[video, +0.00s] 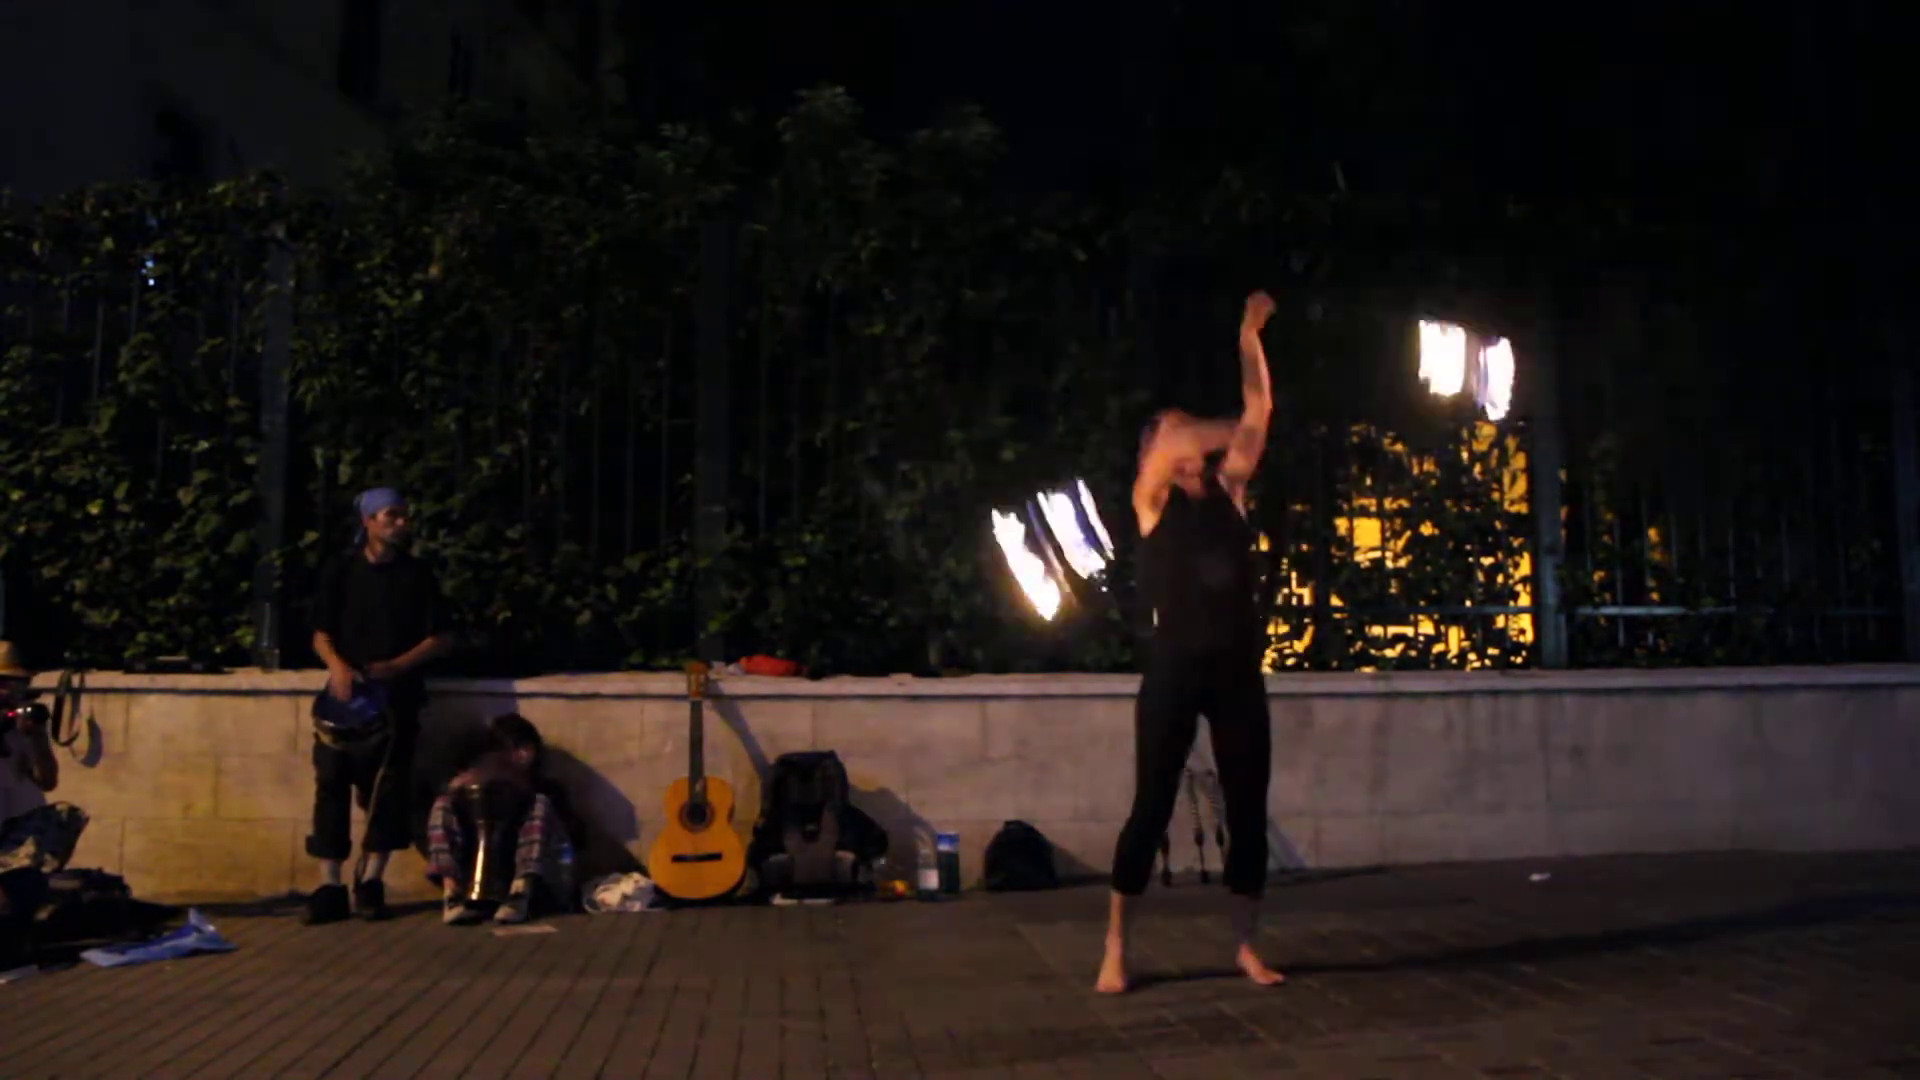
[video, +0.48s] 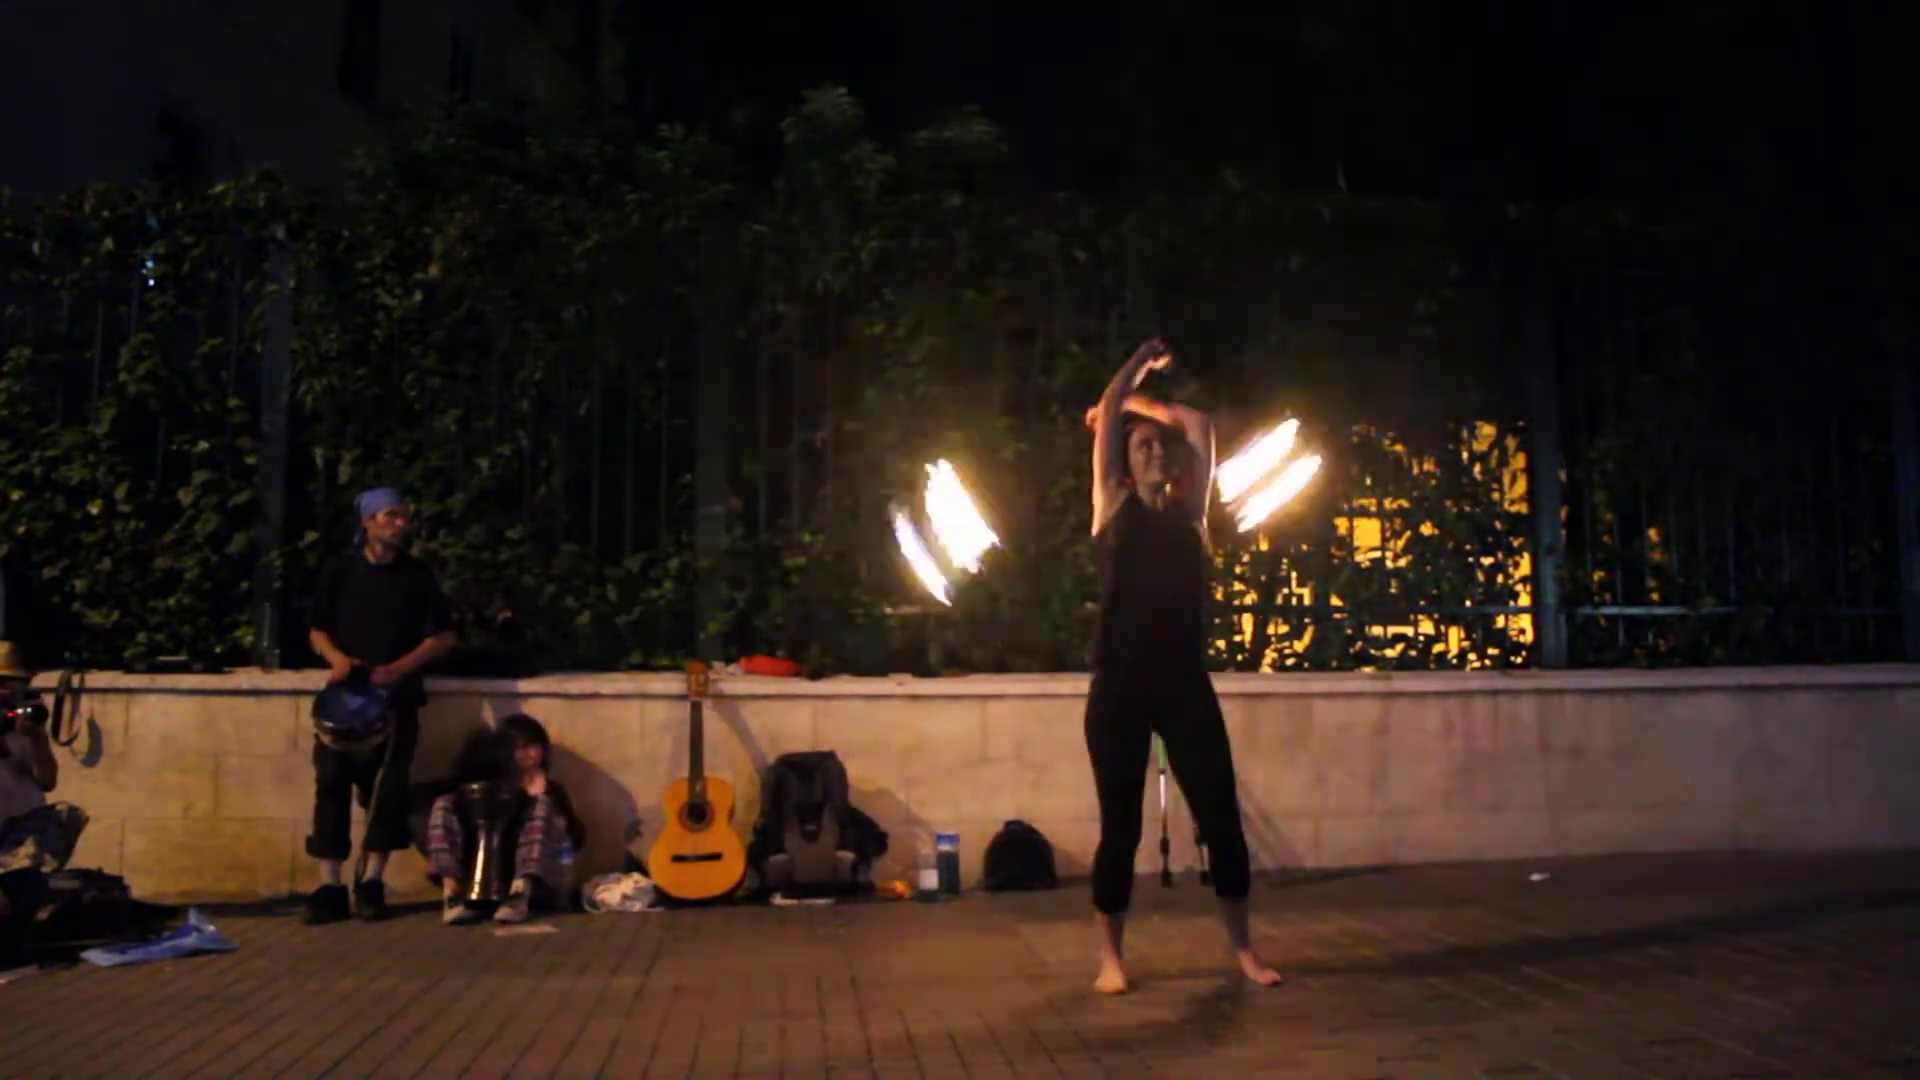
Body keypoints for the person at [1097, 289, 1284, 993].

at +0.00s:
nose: (1194, 441)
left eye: (1193, 433)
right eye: (1181, 434)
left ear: (1206, 445)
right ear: (1156, 447)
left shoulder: (1230, 487)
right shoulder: (1153, 501)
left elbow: (1259, 412)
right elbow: (1171, 442)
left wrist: (1248, 336)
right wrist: (1243, 429)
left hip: (1239, 669)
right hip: (1173, 670)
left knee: (1248, 811)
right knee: (1152, 808)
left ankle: (1246, 945)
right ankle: (1115, 946)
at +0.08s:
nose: (1175, 428)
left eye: (1182, 421)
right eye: (1163, 421)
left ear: (1198, 434)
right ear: (1148, 437)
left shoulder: (1221, 486)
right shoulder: (1143, 492)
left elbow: (1252, 402)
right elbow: (1143, 409)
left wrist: (1235, 324)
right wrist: (1206, 381)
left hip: (1223, 665)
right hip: (1158, 667)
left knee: (1244, 806)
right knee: (1142, 807)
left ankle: (1248, 941)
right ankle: (1109, 945)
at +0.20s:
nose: (1177, 442)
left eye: (1183, 436)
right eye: (1166, 436)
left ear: (1192, 450)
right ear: (1145, 450)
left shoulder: (1207, 499)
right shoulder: (1130, 494)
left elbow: (1236, 414)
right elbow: (1131, 399)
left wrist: (1207, 348)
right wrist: (1190, 342)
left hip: (1208, 671)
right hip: (1144, 671)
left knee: (1236, 808)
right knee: (1132, 811)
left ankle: (1249, 941)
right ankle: (1107, 948)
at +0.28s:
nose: (1163, 450)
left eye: (1170, 442)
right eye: (1150, 443)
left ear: (1184, 453)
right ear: (1134, 458)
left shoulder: (1200, 509)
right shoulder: (1124, 505)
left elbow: (1231, 425)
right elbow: (1127, 403)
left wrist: (1185, 360)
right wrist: (1177, 339)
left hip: (1197, 684)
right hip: (1131, 686)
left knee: (1230, 818)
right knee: (1127, 823)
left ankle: (1249, 949)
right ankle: (1110, 954)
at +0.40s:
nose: (1161, 462)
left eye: (1168, 455)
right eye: (1148, 456)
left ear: (1181, 468)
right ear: (1131, 469)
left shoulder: (1196, 520)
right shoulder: (1114, 514)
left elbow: (1214, 432)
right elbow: (1113, 406)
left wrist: (1154, 391)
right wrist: (1152, 351)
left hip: (1189, 690)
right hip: (1122, 692)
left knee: (1223, 821)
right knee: (1122, 830)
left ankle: (1247, 952)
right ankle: (1111, 956)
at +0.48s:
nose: (1157, 457)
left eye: (1163, 446)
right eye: (1145, 448)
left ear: (1177, 462)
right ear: (1126, 461)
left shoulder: (1190, 513)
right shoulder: (1114, 509)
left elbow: (1201, 426)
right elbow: (1107, 414)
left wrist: (1133, 406)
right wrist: (1138, 365)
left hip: (1186, 685)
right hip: (1120, 687)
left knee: (1222, 820)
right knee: (1120, 827)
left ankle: (1243, 948)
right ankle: (1110, 956)